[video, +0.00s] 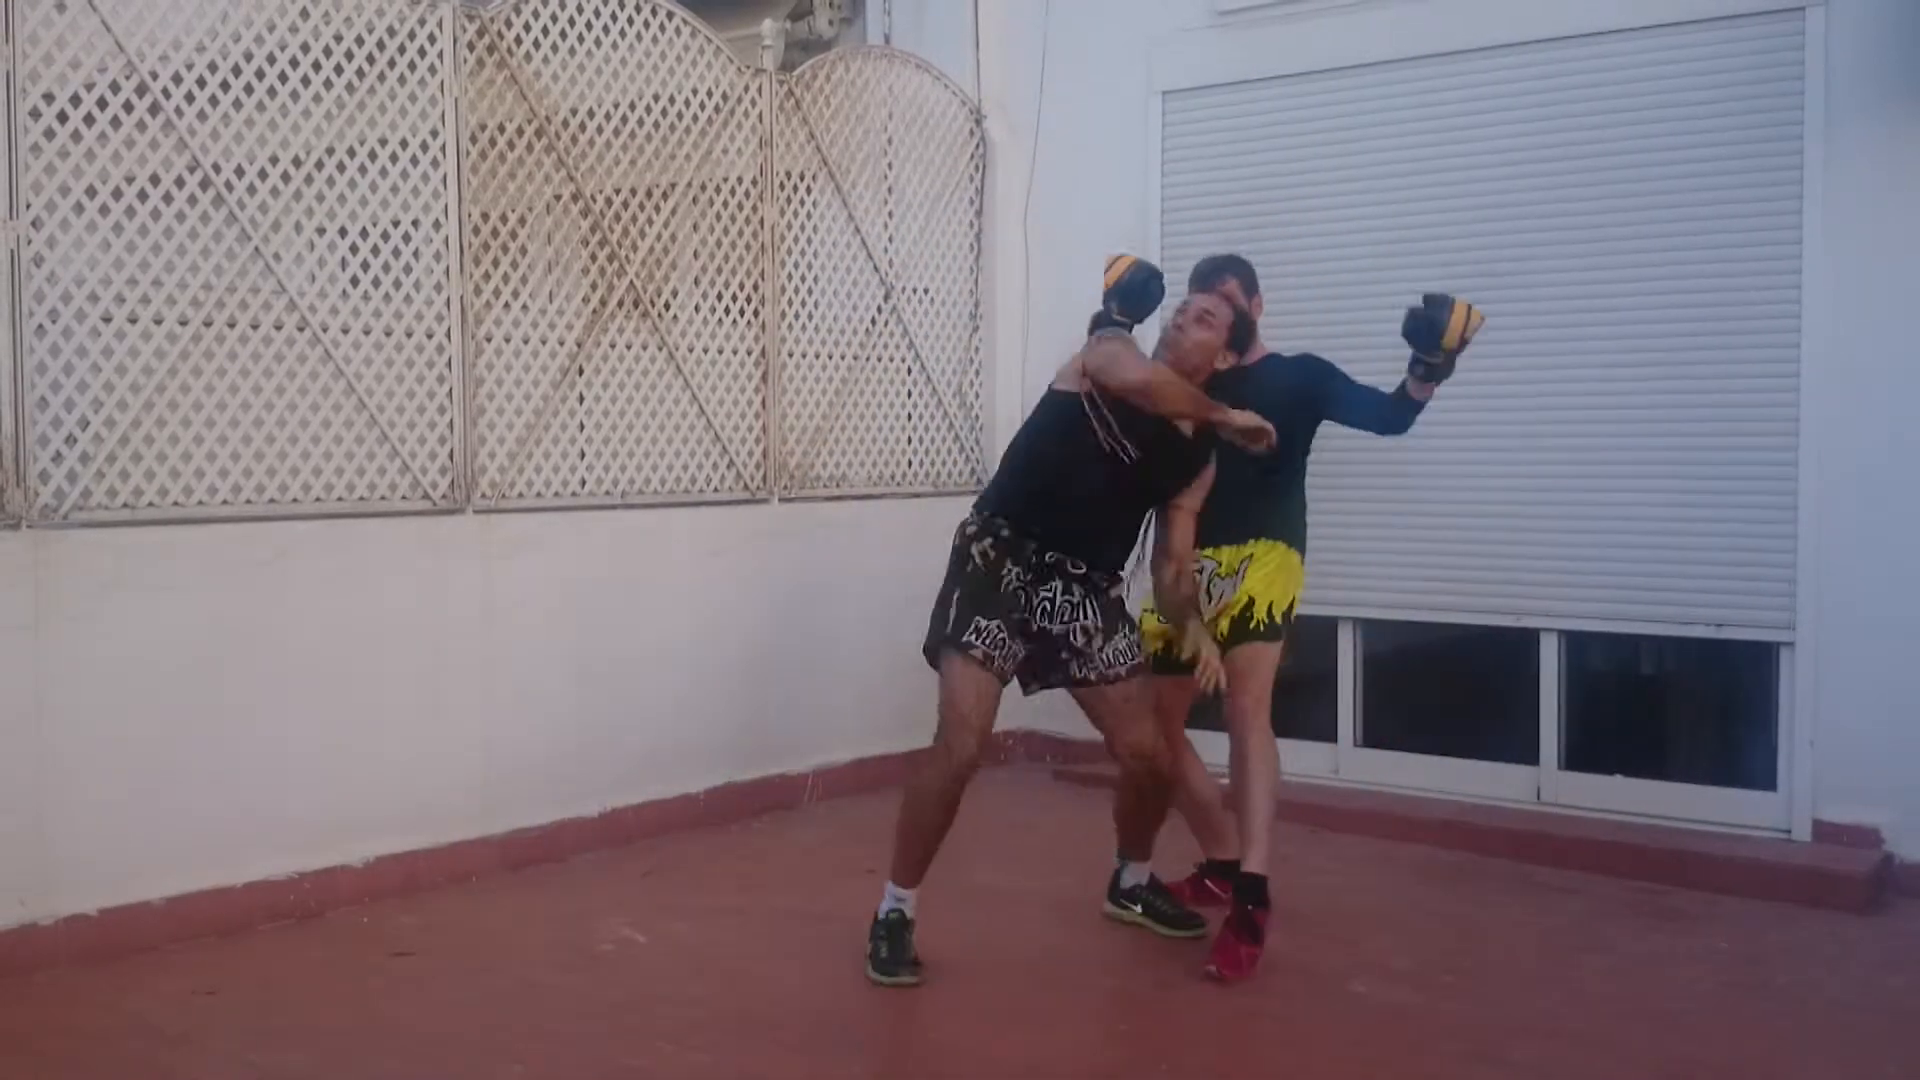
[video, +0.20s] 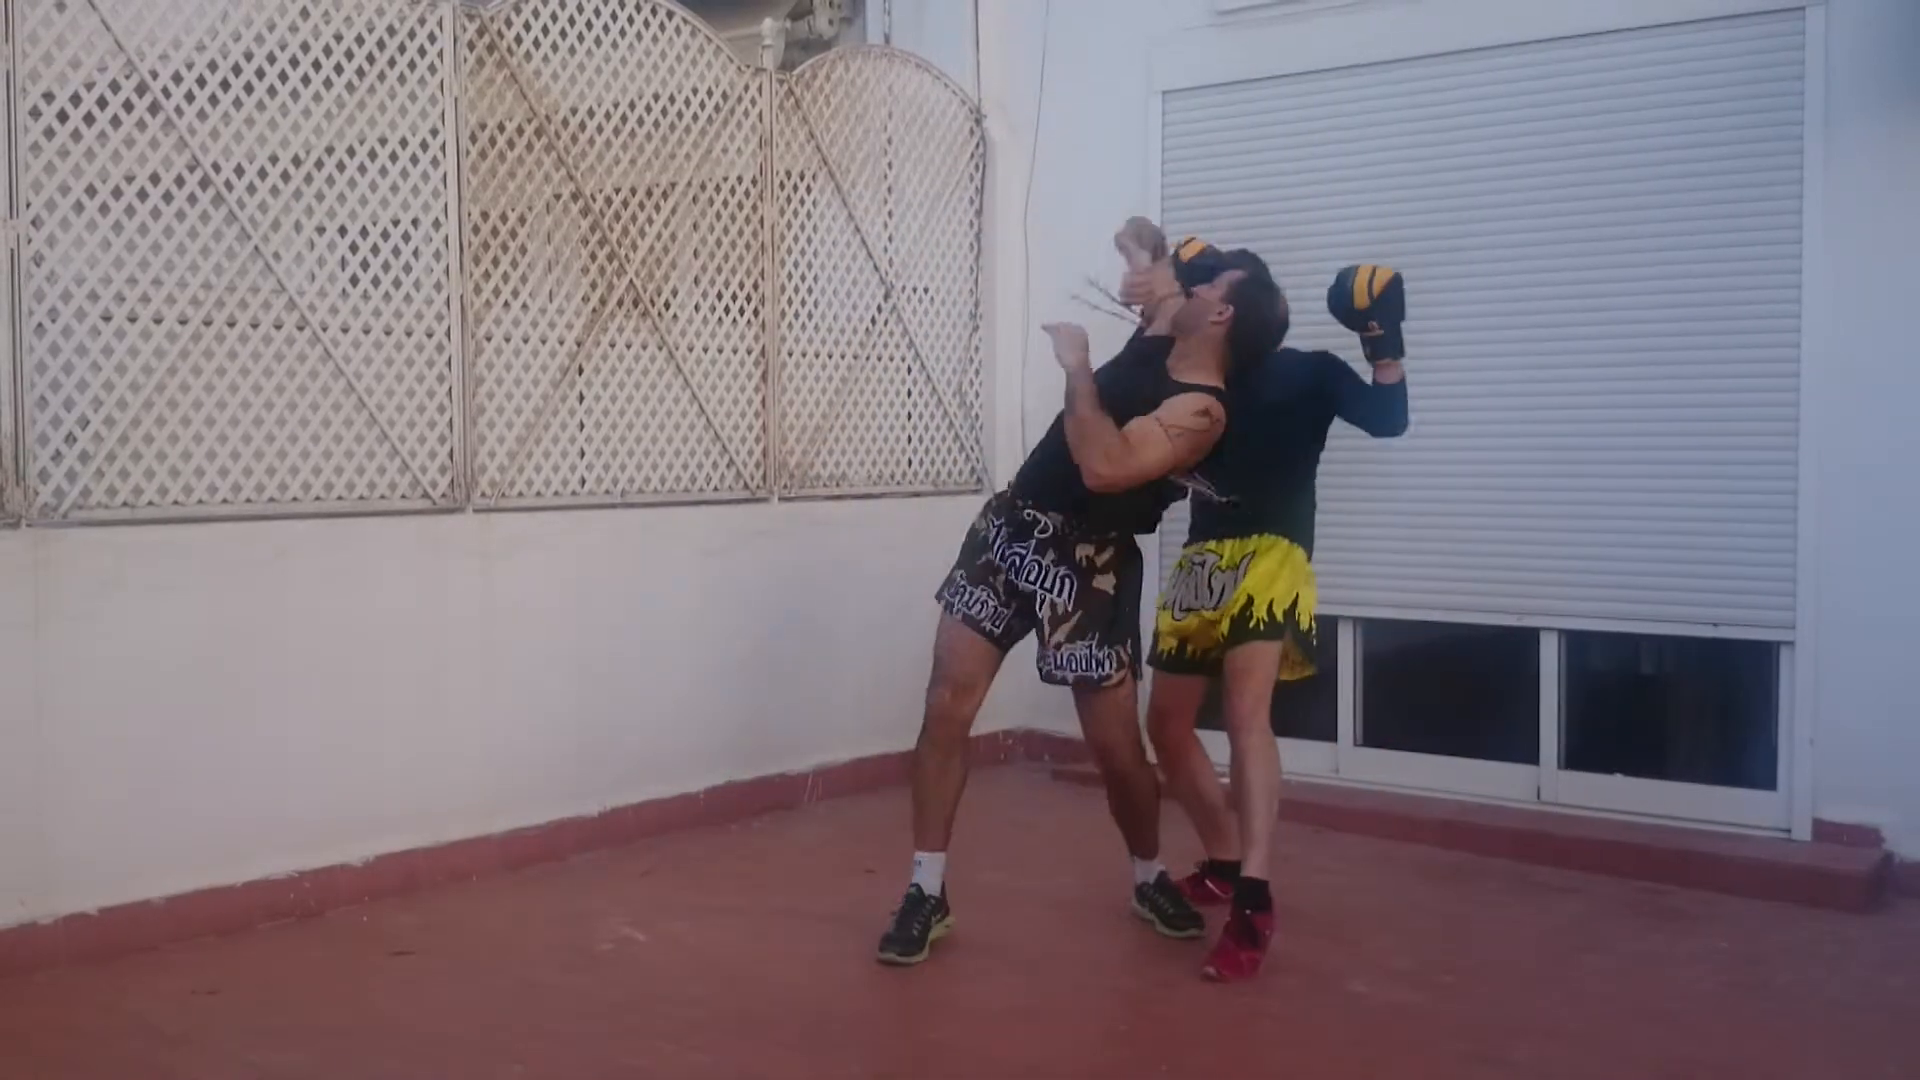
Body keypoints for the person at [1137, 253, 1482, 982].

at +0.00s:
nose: (1210, 311)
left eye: (1223, 301)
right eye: (1202, 300)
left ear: (1253, 309)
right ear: (1191, 310)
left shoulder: (1294, 377)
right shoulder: (1176, 379)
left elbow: (1392, 416)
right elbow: (1104, 388)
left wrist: (1429, 364)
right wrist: (1113, 321)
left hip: (1259, 554)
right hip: (1180, 557)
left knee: (1247, 713)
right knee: (1158, 731)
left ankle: (1251, 888)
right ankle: (1222, 858)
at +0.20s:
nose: (1197, 295)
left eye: (1208, 286)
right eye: (1199, 285)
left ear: (1236, 304)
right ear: (1220, 311)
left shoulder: (1307, 371)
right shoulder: (1199, 372)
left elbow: (1389, 418)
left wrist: (1384, 342)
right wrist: (1165, 308)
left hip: (1270, 550)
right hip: (1199, 554)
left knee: (1246, 712)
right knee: (1168, 727)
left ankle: (1253, 901)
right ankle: (1226, 860)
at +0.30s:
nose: (1226, 309)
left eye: (1236, 297)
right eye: (1220, 298)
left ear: (1271, 301)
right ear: (1217, 307)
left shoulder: (1324, 369)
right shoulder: (1216, 375)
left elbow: (1396, 437)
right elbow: (1179, 477)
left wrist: (1388, 361)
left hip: (1275, 556)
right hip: (1207, 556)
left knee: (1248, 713)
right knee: (1170, 725)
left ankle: (1254, 905)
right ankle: (1227, 864)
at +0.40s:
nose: (1256, 317)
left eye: (1265, 304)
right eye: (1246, 307)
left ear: (1286, 302)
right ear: (1231, 310)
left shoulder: (1341, 373)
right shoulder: (1229, 370)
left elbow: (1409, 448)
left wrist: (1406, 380)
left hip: (1288, 556)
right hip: (1220, 554)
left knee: (1256, 718)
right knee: (1177, 726)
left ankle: (1257, 907)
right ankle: (1228, 861)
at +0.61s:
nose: (1277, 309)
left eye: (1287, 295)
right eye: (1270, 298)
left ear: (1329, 286)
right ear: (1266, 300)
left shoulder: (1380, 360)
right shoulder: (1262, 361)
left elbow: (1446, 450)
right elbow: (1183, 393)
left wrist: (1424, 398)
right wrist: (1141, 338)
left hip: (1337, 557)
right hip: (1267, 556)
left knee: (1316, 722)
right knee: (1198, 711)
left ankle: (1370, 903)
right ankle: (1227, 866)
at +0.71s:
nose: (1309, 305)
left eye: (1321, 291)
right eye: (1304, 294)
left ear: (1365, 289)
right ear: (1306, 297)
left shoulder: (1407, 372)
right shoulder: (1299, 368)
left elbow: (1478, 459)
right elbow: (1215, 385)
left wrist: (1441, 428)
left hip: (1369, 578)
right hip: (1303, 571)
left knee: (1366, 743)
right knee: (1218, 706)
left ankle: (1474, 896)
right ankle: (1226, 865)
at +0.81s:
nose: (1345, 290)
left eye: (1356, 276)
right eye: (1341, 278)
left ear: (1405, 276)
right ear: (1354, 284)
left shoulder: (1450, 357)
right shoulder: (1361, 357)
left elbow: (1522, 442)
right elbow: (1313, 421)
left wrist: (1449, 433)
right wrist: (1249, 382)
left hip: (1425, 577)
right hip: (1350, 569)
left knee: (1433, 754)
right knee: (1287, 718)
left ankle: (1530, 906)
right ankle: (1239, 866)